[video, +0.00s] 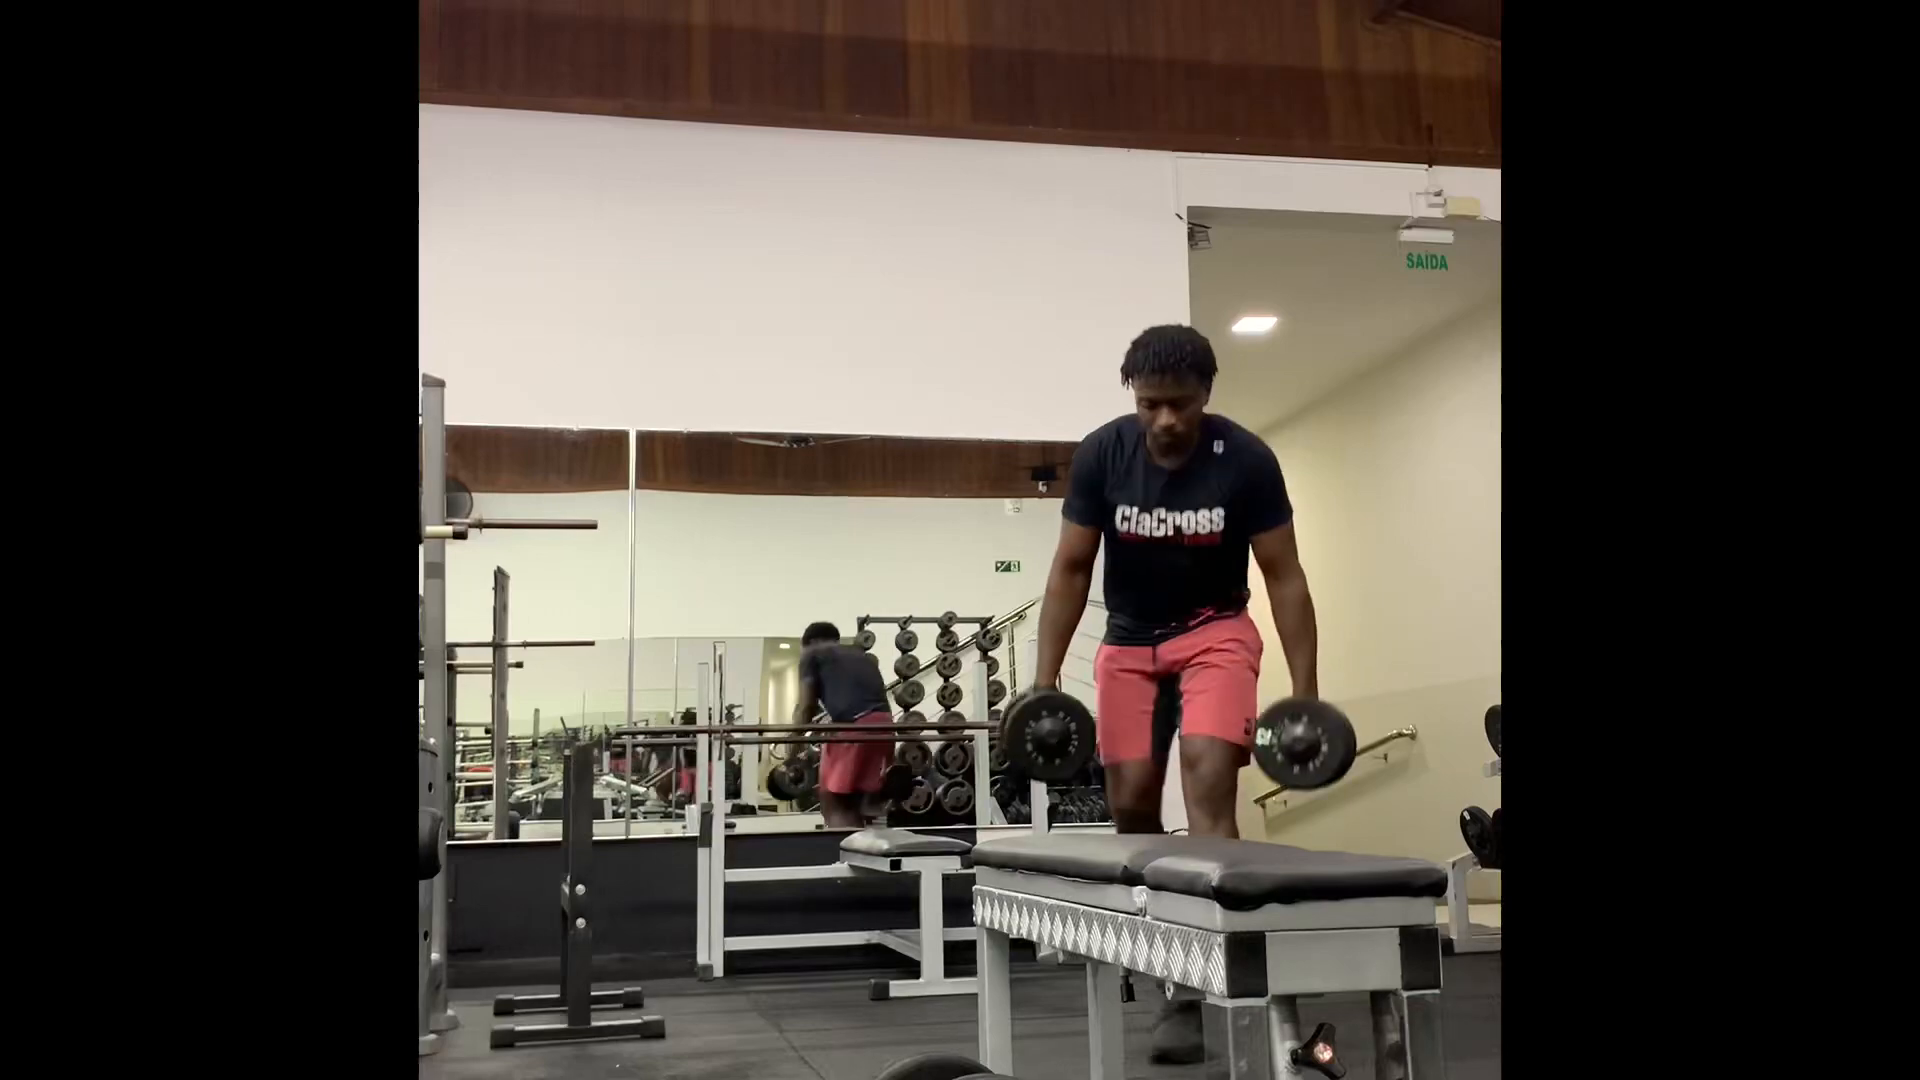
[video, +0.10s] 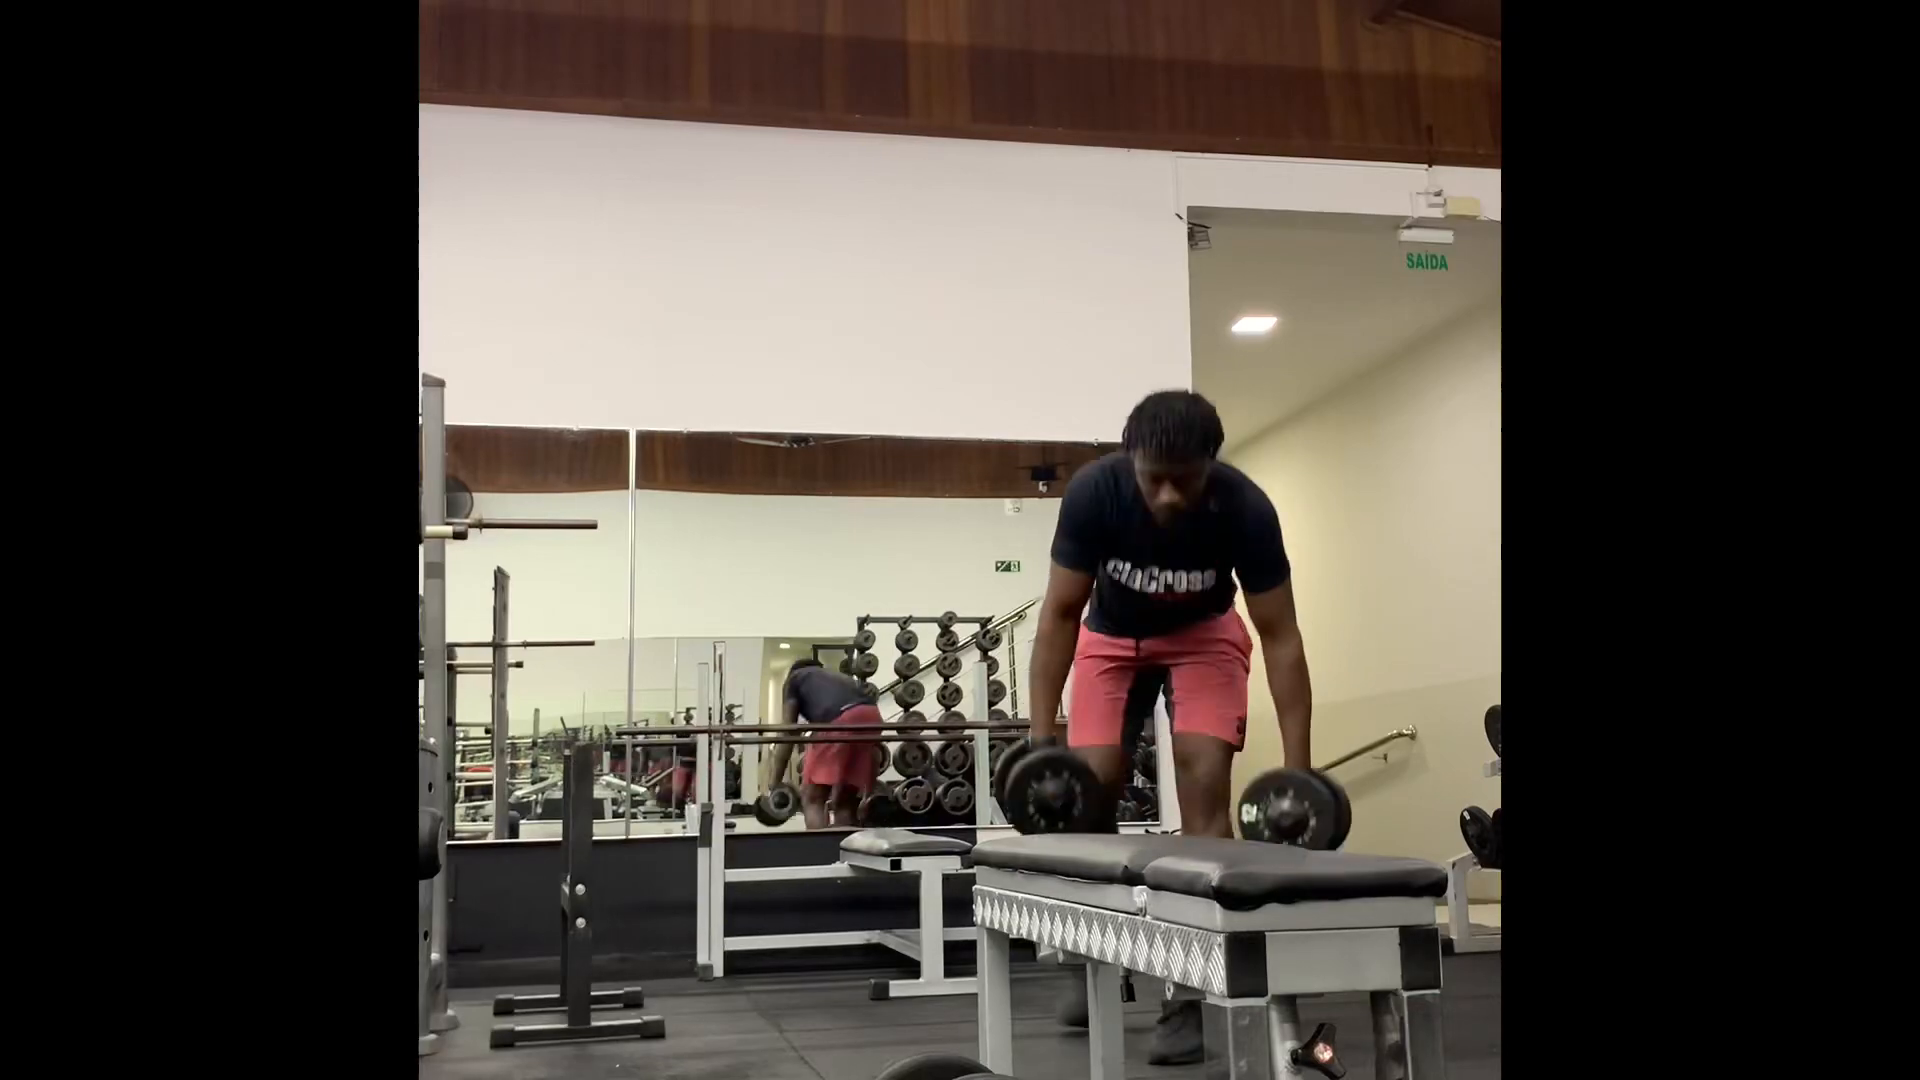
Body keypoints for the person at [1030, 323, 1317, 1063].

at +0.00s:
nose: (1164, 421)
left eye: (1180, 405)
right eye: (1151, 405)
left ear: (1206, 396)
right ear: (1132, 395)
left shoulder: (1246, 463)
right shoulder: (1102, 456)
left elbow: (1283, 577)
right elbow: (1070, 572)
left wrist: (1306, 694)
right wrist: (1044, 684)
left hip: (1218, 633)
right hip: (1128, 643)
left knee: (1206, 778)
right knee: (1131, 806)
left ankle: (1208, 986)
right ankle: (1174, 984)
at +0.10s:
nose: (1167, 496)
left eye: (1182, 481)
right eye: (1153, 480)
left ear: (1209, 464)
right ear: (1132, 460)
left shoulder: (1244, 509)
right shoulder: (1094, 495)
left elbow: (1281, 638)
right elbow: (1058, 615)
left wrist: (1298, 773)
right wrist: (1042, 741)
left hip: (1205, 635)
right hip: (1109, 635)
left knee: (1203, 784)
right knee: (1091, 785)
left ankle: (1189, 994)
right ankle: (1095, 963)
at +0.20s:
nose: (1166, 594)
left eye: (1181, 583)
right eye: (1154, 581)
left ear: (1208, 560)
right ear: (1130, 550)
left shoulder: (1238, 572)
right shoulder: (1088, 555)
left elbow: (1271, 704)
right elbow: (1057, 689)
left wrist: (1287, 850)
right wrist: (1042, 824)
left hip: (1199, 645)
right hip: (1107, 645)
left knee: (1199, 786)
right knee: (1075, 797)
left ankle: (1188, 991)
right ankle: (1064, 975)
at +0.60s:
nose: (1188, 468)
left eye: (1204, 453)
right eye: (1172, 449)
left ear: (1226, 445)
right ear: (1143, 432)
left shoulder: (1244, 502)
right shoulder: (1080, 477)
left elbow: (1273, 617)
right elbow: (1013, 597)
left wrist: (1295, 746)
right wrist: (991, 730)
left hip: (1157, 612)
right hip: (1056, 610)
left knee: (1178, 780)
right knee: (1011, 776)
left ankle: (1182, 987)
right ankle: (986, 959)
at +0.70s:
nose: (1138, 366)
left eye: (1154, 349)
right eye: (1120, 349)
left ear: (1179, 353)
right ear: (1093, 351)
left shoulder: (1210, 437)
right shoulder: (1041, 426)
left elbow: (1255, 555)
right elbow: (988, 555)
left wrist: (1296, 683)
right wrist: (966, 691)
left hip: (1142, 606)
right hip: (1033, 601)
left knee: (1167, 792)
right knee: (988, 771)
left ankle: (1183, 995)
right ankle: (932, 985)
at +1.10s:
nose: (1072, 307)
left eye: (1090, 285)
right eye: (1048, 287)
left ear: (1119, 280)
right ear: (1019, 289)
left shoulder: (1178, 372)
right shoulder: (977, 394)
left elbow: (1231, 518)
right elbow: (985, 551)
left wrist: (1242, 668)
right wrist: (1032, 674)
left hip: (1145, 595)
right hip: (1016, 608)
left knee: (1200, 782)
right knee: (967, 812)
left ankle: (1284, 1017)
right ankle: (961, 1017)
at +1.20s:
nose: (1165, 357)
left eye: (1189, 331)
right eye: (1143, 333)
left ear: (1227, 314)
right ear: (1110, 317)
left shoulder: (1278, 385)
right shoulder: (1062, 412)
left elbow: (1319, 562)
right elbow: (1084, 589)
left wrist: (1317, 728)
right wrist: (1114, 759)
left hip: (1211, 562)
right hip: (1077, 570)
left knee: (1265, 764)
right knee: (1001, 802)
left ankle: (1295, 1017)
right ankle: (970, 998)